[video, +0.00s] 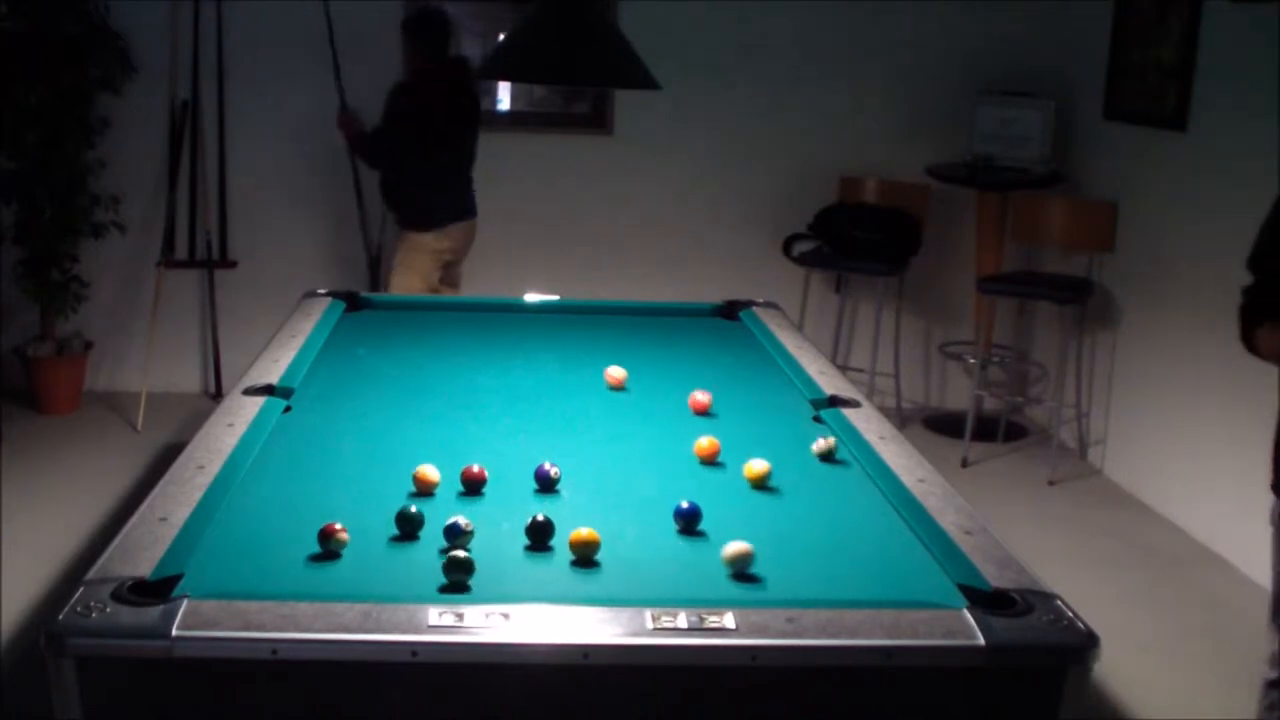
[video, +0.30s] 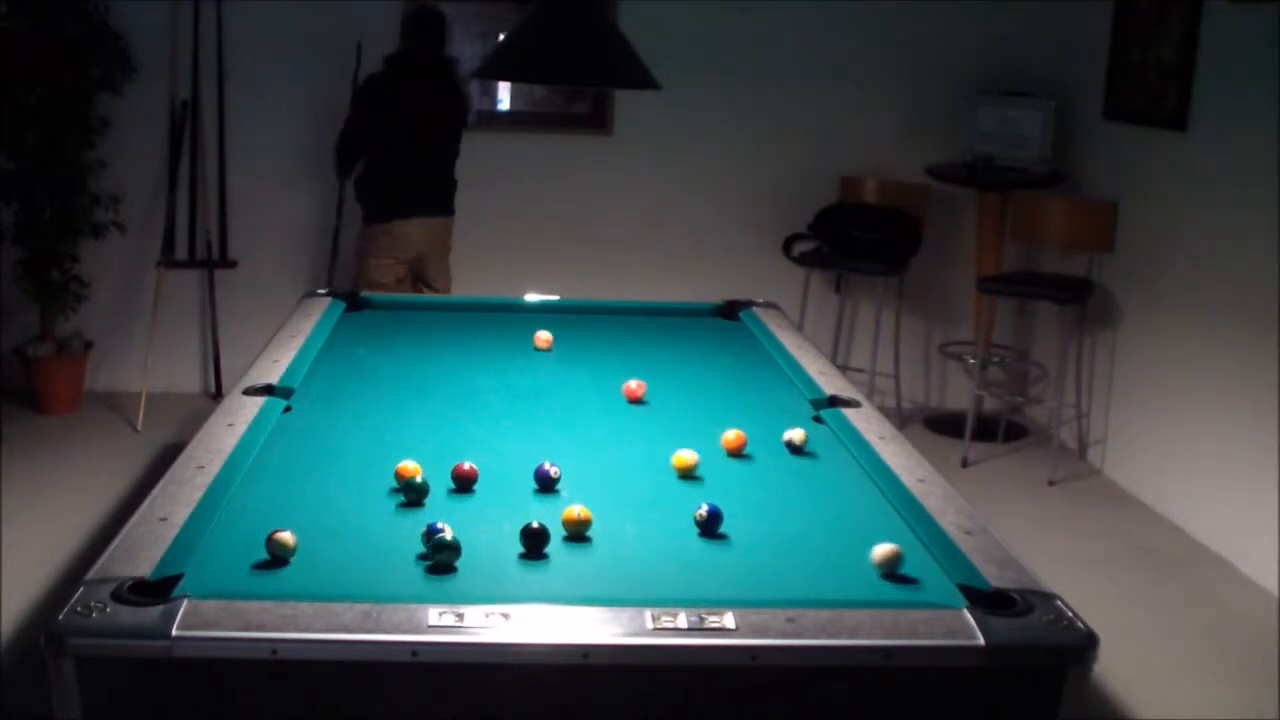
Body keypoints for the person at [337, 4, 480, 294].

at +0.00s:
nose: (404, 49)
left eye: (408, 40)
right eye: (408, 39)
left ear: (411, 43)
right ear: (446, 40)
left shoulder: (410, 92)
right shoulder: (463, 85)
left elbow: (384, 158)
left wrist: (355, 135)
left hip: (427, 226)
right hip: (460, 219)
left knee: (404, 316)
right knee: (443, 316)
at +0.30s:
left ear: (403, 36)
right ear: (442, 39)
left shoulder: (379, 85)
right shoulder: (453, 87)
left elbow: (347, 153)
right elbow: (449, 150)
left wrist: (345, 171)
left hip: (388, 216)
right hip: (439, 217)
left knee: (381, 314)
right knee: (435, 313)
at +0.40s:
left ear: (389, 36)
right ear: (431, 40)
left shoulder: (359, 88)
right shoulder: (444, 89)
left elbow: (339, 152)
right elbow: (451, 155)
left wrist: (357, 197)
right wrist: (430, 182)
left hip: (373, 217)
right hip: (426, 218)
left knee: (369, 313)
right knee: (434, 312)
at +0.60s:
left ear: (353, 37)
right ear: (392, 38)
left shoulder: (329, 91)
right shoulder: (409, 87)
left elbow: (325, 154)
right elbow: (436, 158)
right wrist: (403, 173)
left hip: (346, 219)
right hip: (398, 221)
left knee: (350, 317)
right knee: (414, 314)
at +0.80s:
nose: (377, 42)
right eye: (376, 35)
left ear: (338, 35)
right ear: (375, 37)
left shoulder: (320, 85)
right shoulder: (382, 85)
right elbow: (399, 141)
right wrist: (425, 159)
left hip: (329, 216)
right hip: (373, 218)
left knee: (341, 315)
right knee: (386, 314)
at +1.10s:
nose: (385, 43)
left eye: (385, 34)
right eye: (379, 34)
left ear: (352, 34)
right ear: (362, 34)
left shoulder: (337, 73)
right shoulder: (350, 76)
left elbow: (351, 153)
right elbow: (359, 153)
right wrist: (411, 166)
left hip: (337, 215)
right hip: (347, 219)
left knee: (345, 314)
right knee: (350, 315)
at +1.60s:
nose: (358, 48)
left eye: (364, 38)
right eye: (350, 39)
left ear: (372, 38)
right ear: (331, 41)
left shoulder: (387, 91)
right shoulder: (309, 93)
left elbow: (400, 159)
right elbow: (318, 171)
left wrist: (400, 210)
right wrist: (387, 165)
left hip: (379, 236)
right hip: (329, 236)